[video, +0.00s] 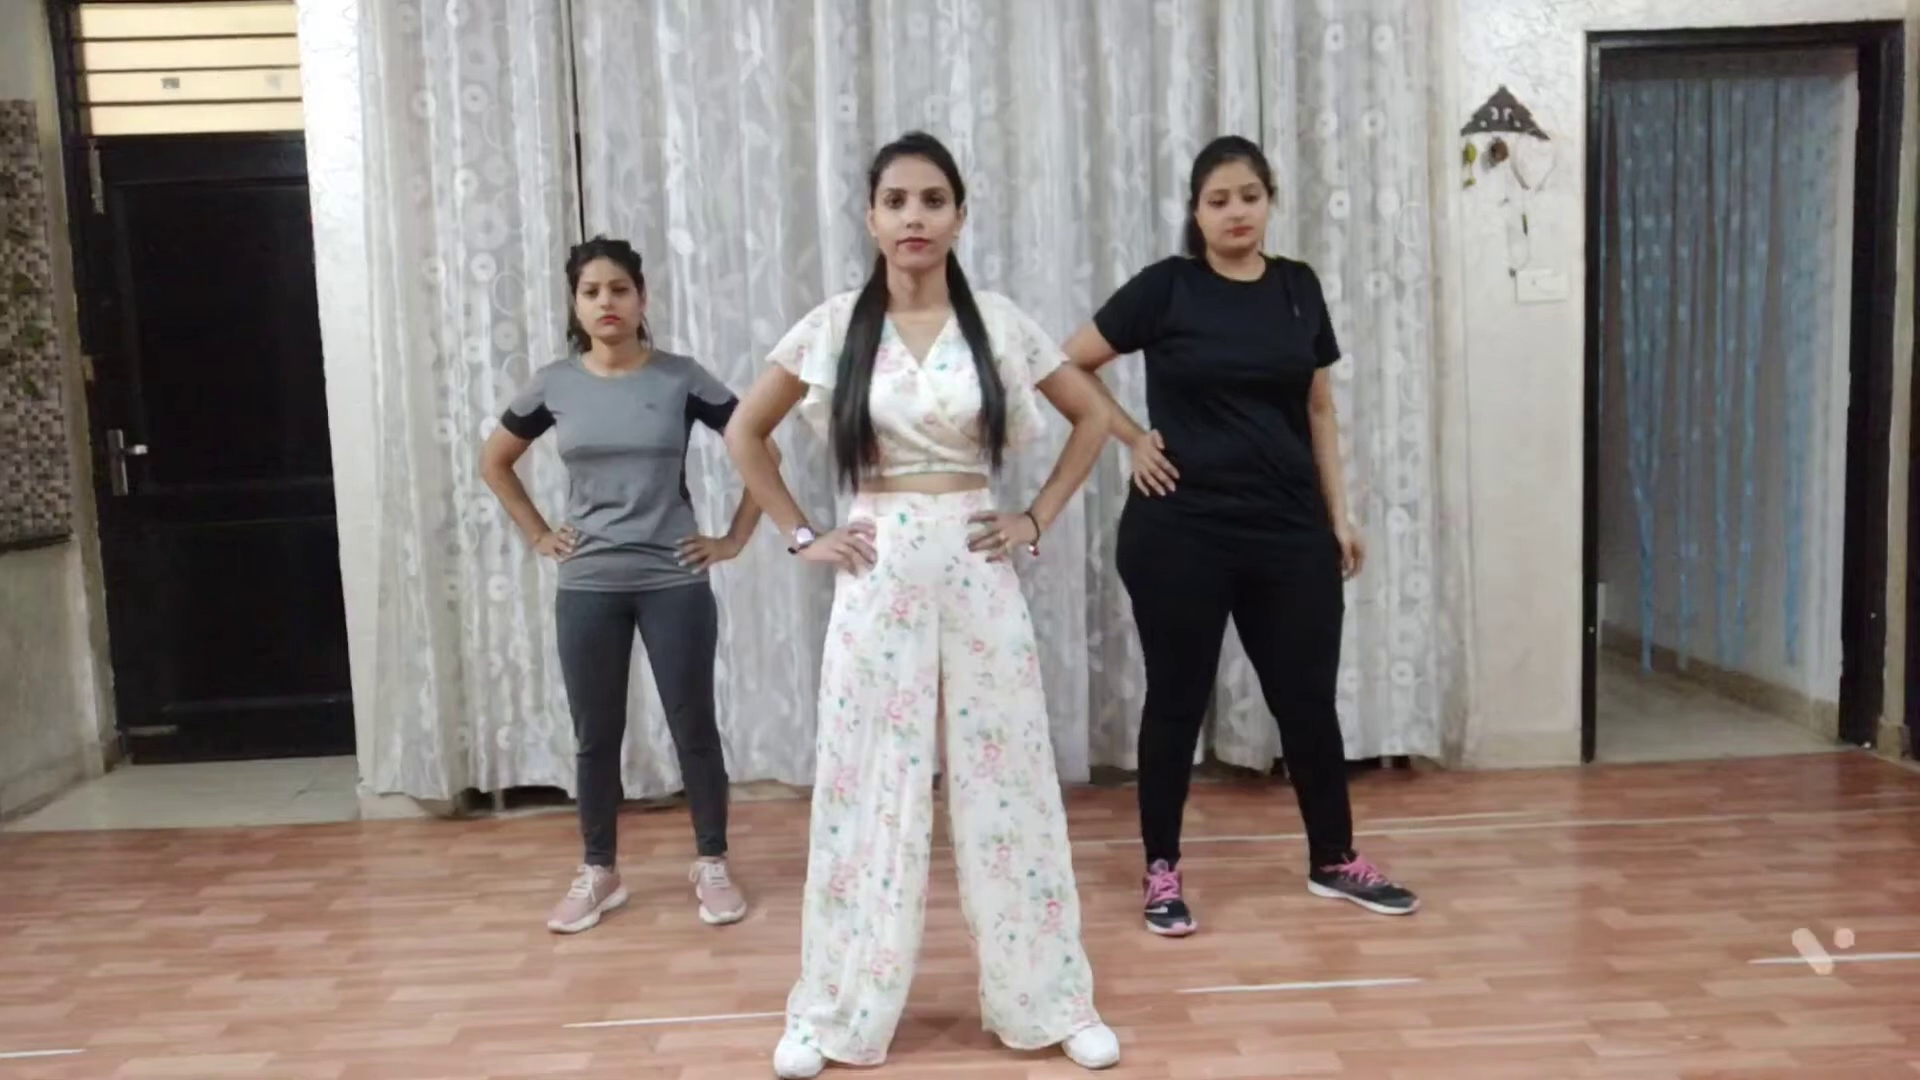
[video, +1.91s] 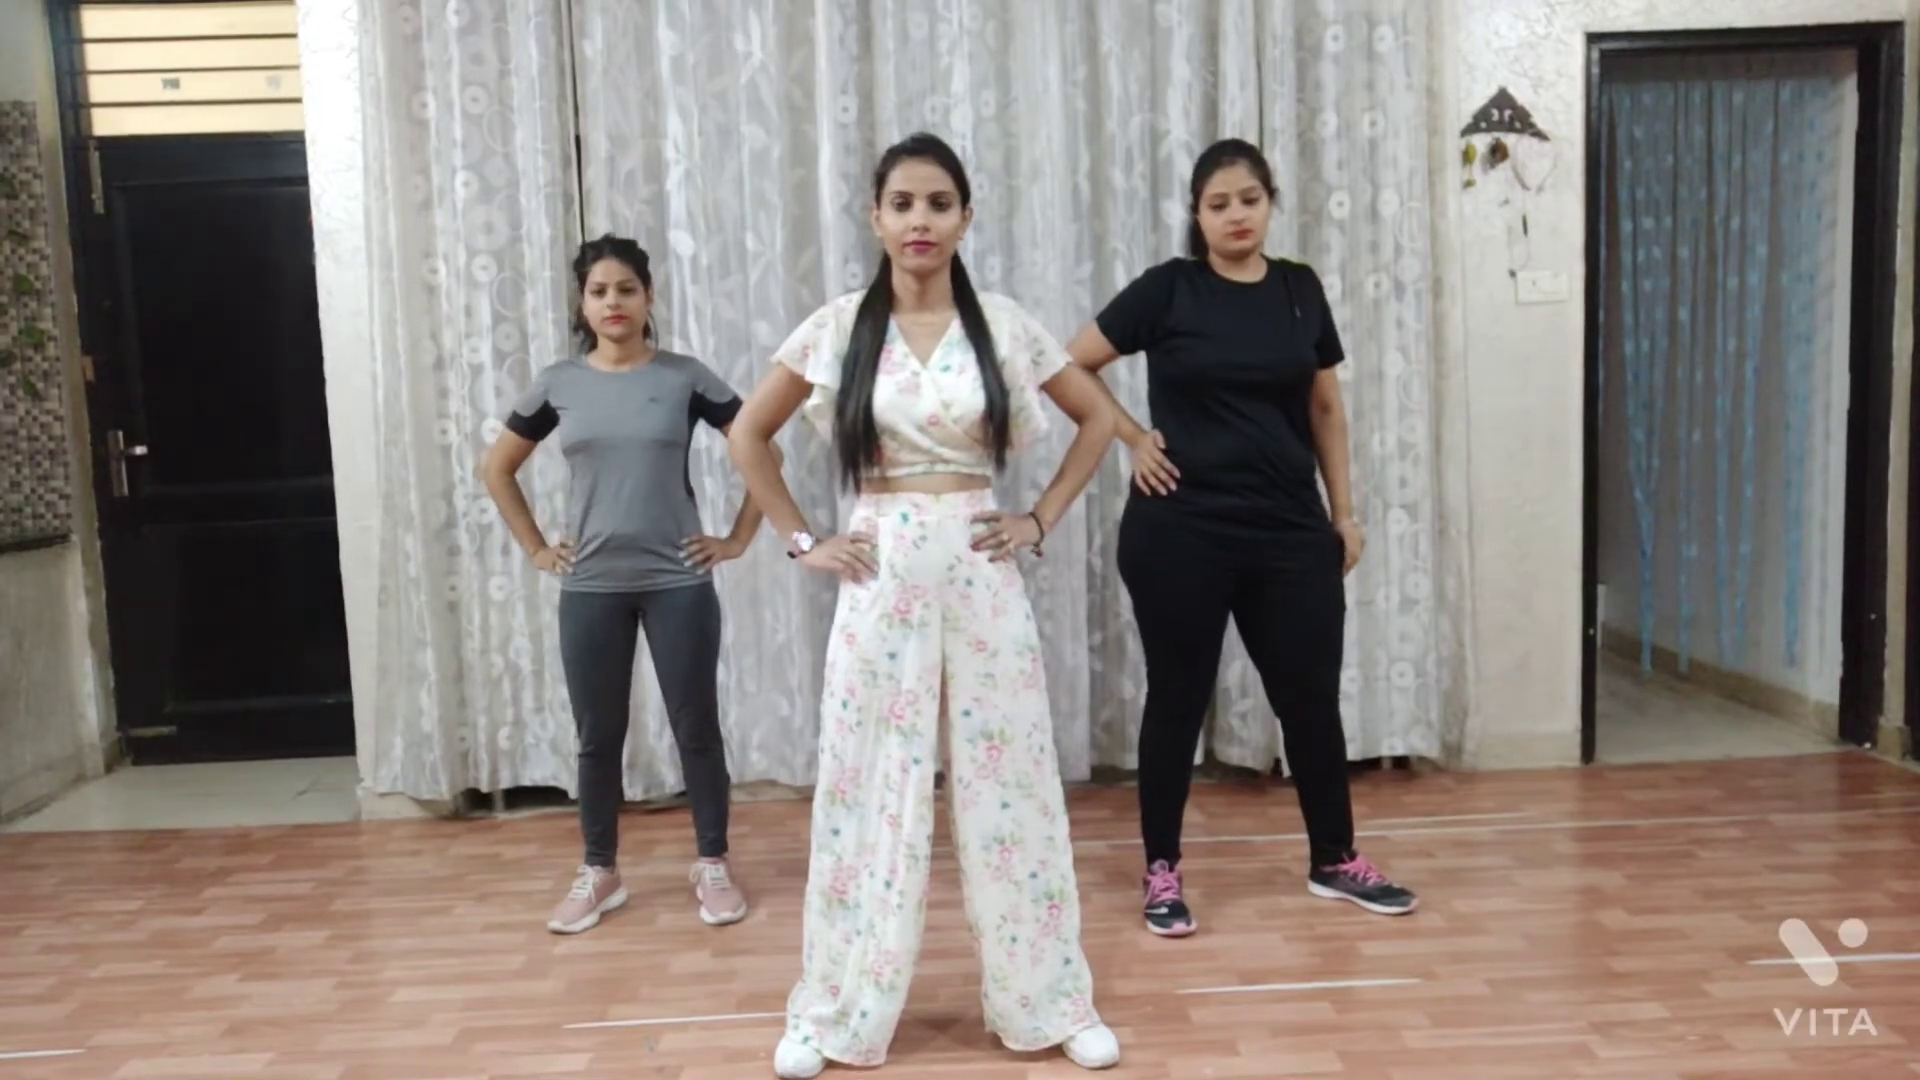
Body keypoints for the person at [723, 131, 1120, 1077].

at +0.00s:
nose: (914, 219)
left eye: (932, 201)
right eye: (896, 201)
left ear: (958, 215)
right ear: (871, 216)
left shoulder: (997, 324)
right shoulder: (834, 327)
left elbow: (1097, 419)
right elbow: (742, 434)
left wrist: (1035, 518)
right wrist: (806, 534)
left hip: (982, 577)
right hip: (880, 580)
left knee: (1007, 789)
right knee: (862, 793)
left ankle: (1046, 1000)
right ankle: (831, 1012)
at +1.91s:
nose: (919, 223)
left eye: (938, 205)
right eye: (902, 205)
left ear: (964, 217)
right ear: (876, 217)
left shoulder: (1001, 326)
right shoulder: (839, 327)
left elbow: (1103, 421)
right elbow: (746, 435)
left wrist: (1039, 517)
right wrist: (806, 540)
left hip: (985, 576)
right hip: (882, 578)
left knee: (1010, 788)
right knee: (864, 792)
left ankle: (1047, 1000)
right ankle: (834, 1011)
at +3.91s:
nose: (922, 232)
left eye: (941, 216)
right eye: (904, 215)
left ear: (966, 232)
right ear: (880, 231)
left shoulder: (1006, 334)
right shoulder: (841, 336)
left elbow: (1115, 427)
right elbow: (737, 439)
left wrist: (1048, 534)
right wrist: (796, 553)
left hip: (983, 581)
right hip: (879, 585)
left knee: (1021, 782)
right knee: (837, 785)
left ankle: (1061, 992)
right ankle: (817, 1004)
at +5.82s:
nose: (922, 216)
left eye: (940, 199)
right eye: (905, 199)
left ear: (967, 215)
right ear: (880, 215)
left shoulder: (1006, 324)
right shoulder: (841, 332)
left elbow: (1104, 409)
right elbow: (763, 440)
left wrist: (1067, 511)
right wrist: (806, 548)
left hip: (992, 568)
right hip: (886, 573)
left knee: (1037, 782)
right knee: (850, 787)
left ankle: (1085, 998)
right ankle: (825, 1015)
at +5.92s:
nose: (920, 219)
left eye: (937, 202)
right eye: (902, 202)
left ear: (963, 217)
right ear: (877, 217)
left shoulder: (1002, 330)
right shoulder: (839, 332)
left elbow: (1105, 417)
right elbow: (755, 444)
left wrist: (1059, 522)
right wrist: (802, 557)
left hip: (988, 571)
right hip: (881, 575)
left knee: (1031, 783)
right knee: (844, 789)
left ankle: (1082, 996)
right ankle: (820, 1009)